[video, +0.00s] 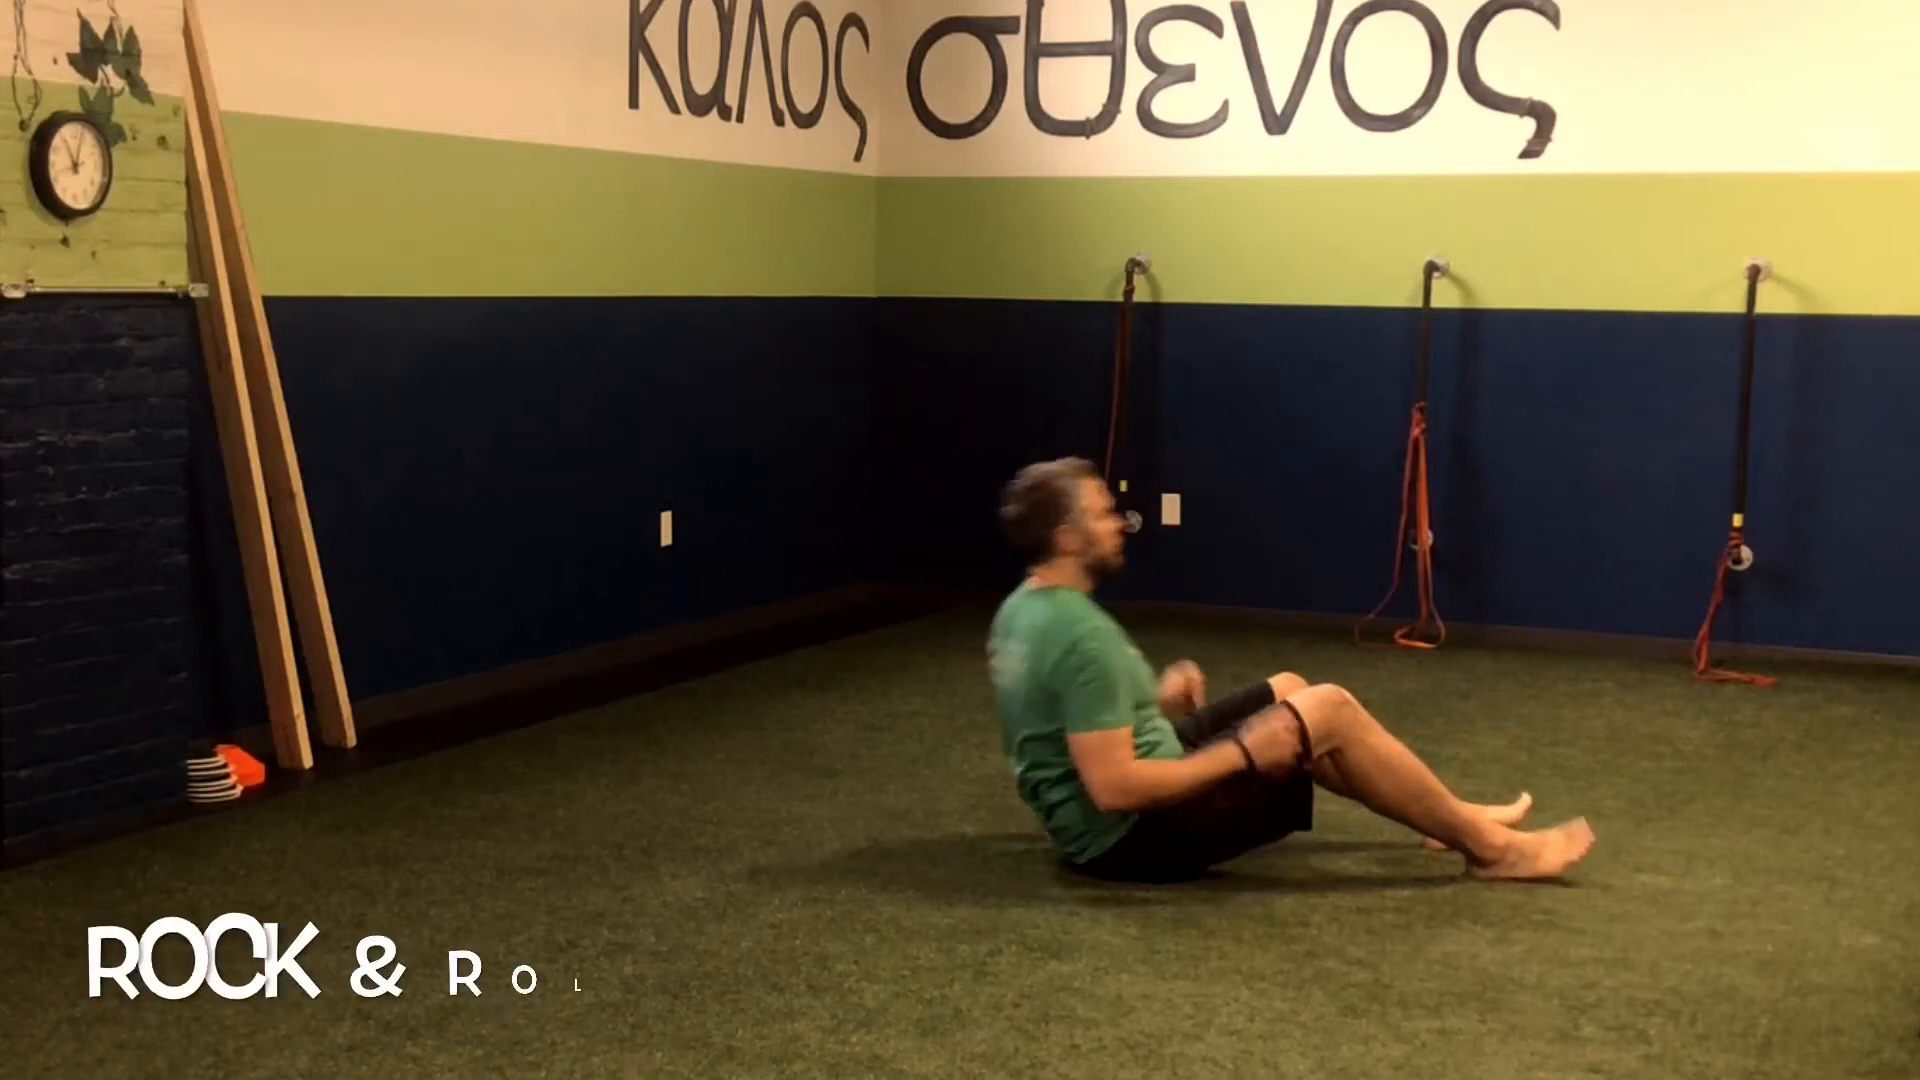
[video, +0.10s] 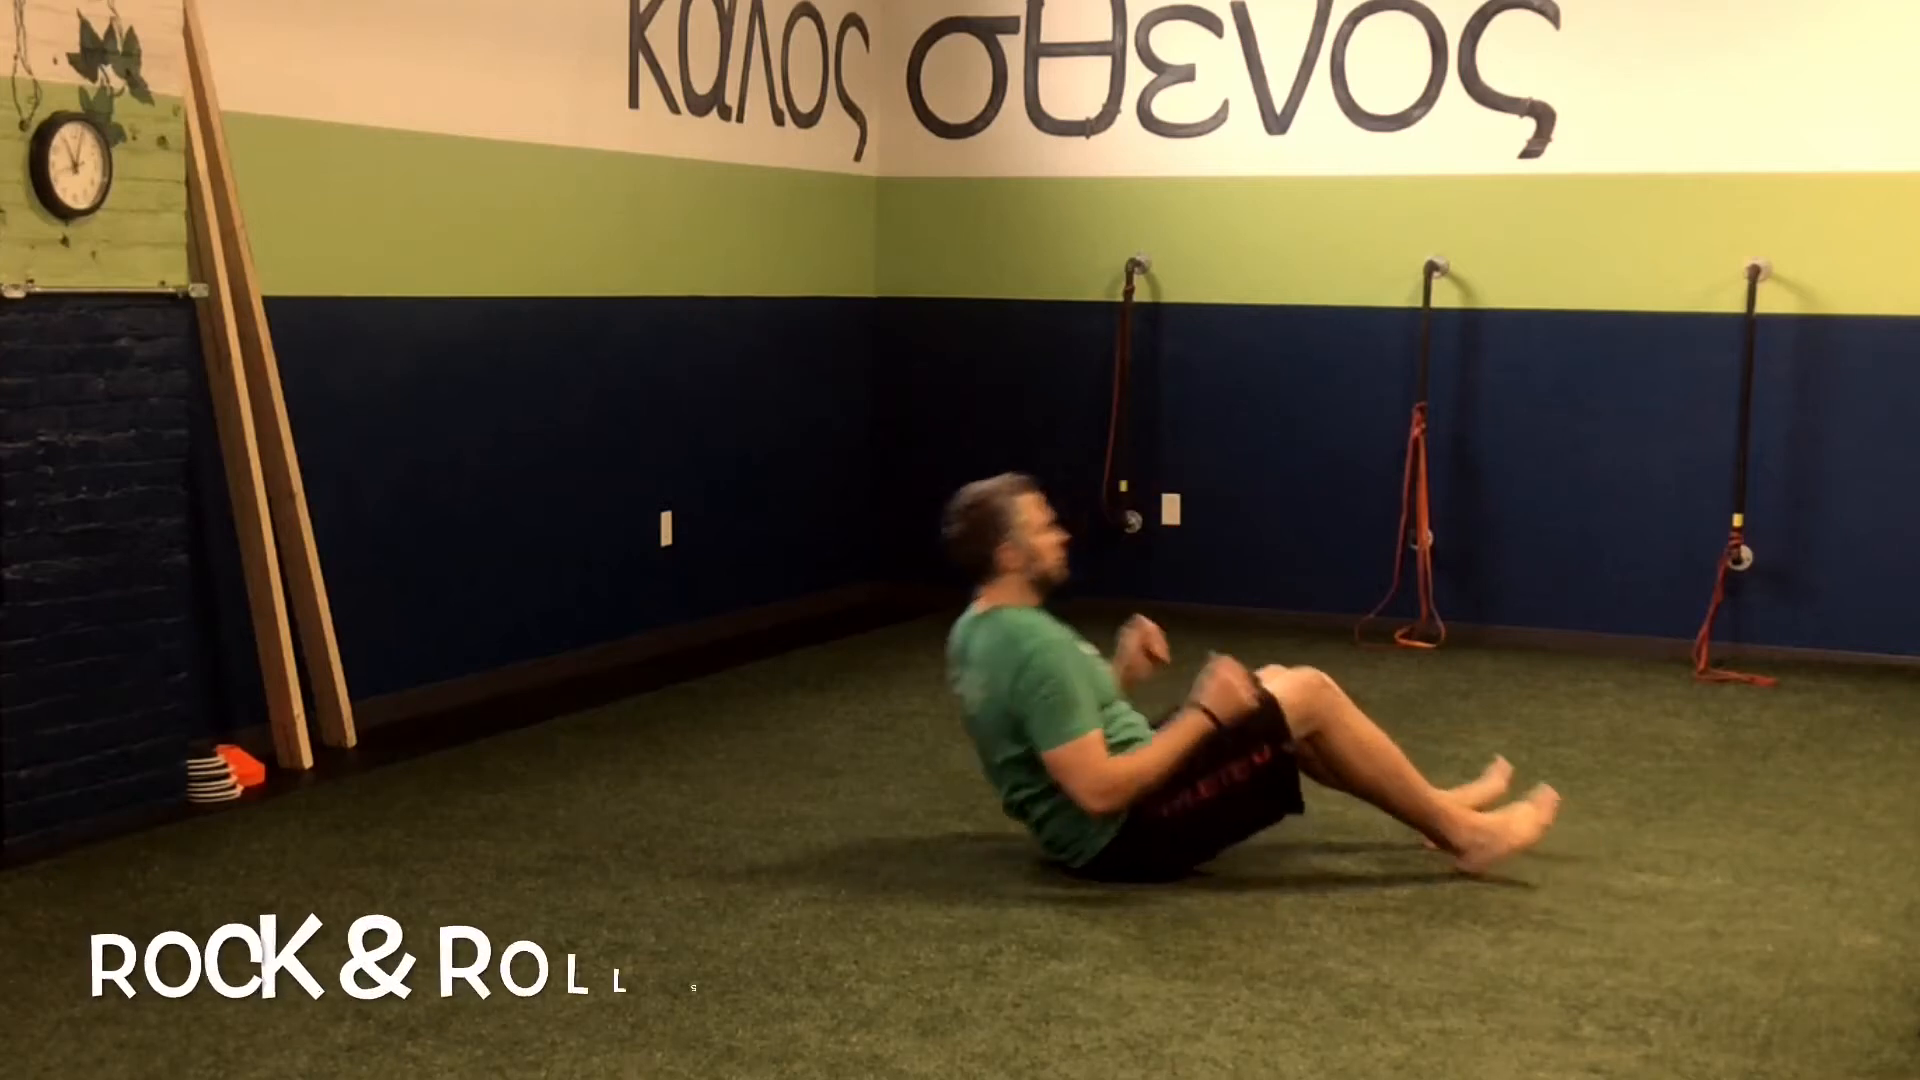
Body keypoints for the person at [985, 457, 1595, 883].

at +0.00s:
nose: (1122, 523)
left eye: (1113, 510)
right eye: (1106, 513)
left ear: (1058, 536)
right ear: (1063, 534)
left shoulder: (1027, 610)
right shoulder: (1075, 631)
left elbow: (1064, 729)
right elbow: (1115, 786)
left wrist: (1155, 701)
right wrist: (1247, 749)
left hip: (1106, 810)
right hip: (1127, 838)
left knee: (1302, 693)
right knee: (1331, 709)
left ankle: (1459, 818)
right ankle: (1492, 850)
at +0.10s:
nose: (1059, 537)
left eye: (1050, 523)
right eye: (1042, 528)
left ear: (999, 554)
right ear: (1006, 551)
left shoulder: (980, 630)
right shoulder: (1029, 642)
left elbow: (1054, 739)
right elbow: (1099, 789)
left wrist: (1121, 674)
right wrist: (1204, 714)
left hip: (1093, 819)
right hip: (1119, 839)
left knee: (1282, 691)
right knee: (1309, 695)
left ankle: (1437, 807)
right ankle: (1469, 836)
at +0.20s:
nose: (1007, 549)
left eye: (996, 536)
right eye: (989, 542)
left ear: (952, 575)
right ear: (958, 570)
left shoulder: (948, 645)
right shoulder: (989, 659)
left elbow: (1048, 733)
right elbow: (1088, 791)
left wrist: (1080, 661)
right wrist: (1154, 688)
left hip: (1084, 822)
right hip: (1108, 840)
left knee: (1254, 672)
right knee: (1273, 672)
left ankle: (1409, 800)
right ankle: (1429, 817)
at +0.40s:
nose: (925, 589)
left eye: (912, 580)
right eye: (906, 588)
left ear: (884, 623)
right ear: (878, 626)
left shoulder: (905, 687)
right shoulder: (926, 705)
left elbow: (1002, 757)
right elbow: (1052, 802)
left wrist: (1007, 663)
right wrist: (1070, 677)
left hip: (1070, 819)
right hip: (1098, 842)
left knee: (1161, 615)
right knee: (1187, 622)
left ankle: (1329, 739)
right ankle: (1367, 721)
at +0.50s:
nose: (886, 622)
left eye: (873, 613)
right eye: (867, 623)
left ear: (854, 663)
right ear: (847, 665)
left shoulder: (891, 708)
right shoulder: (897, 729)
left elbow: (1012, 755)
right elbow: (1040, 808)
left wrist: (970, 670)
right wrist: (1023, 683)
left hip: (1072, 818)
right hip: (1091, 839)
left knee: (1095, 597)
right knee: (1107, 602)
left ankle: (1301, 641)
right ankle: (1316, 632)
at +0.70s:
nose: (812, 684)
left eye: (794, 682)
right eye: (792, 691)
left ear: (788, 744)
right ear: (782, 744)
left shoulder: (835, 765)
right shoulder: (851, 794)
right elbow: (1002, 812)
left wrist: (889, 700)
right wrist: (925, 706)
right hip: (1064, 814)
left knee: (950, 600)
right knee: (958, 605)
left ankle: (1102, 462)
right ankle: (1115, 466)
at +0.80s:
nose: (775, 713)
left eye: (757, 715)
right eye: (756, 726)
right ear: (756, 779)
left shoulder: (823, 776)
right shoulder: (826, 820)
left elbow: (920, 728)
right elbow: (978, 806)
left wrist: (856, 703)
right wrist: (873, 723)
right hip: (1045, 783)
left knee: (892, 612)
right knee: (891, 617)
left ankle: (988, 431)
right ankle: (992, 435)